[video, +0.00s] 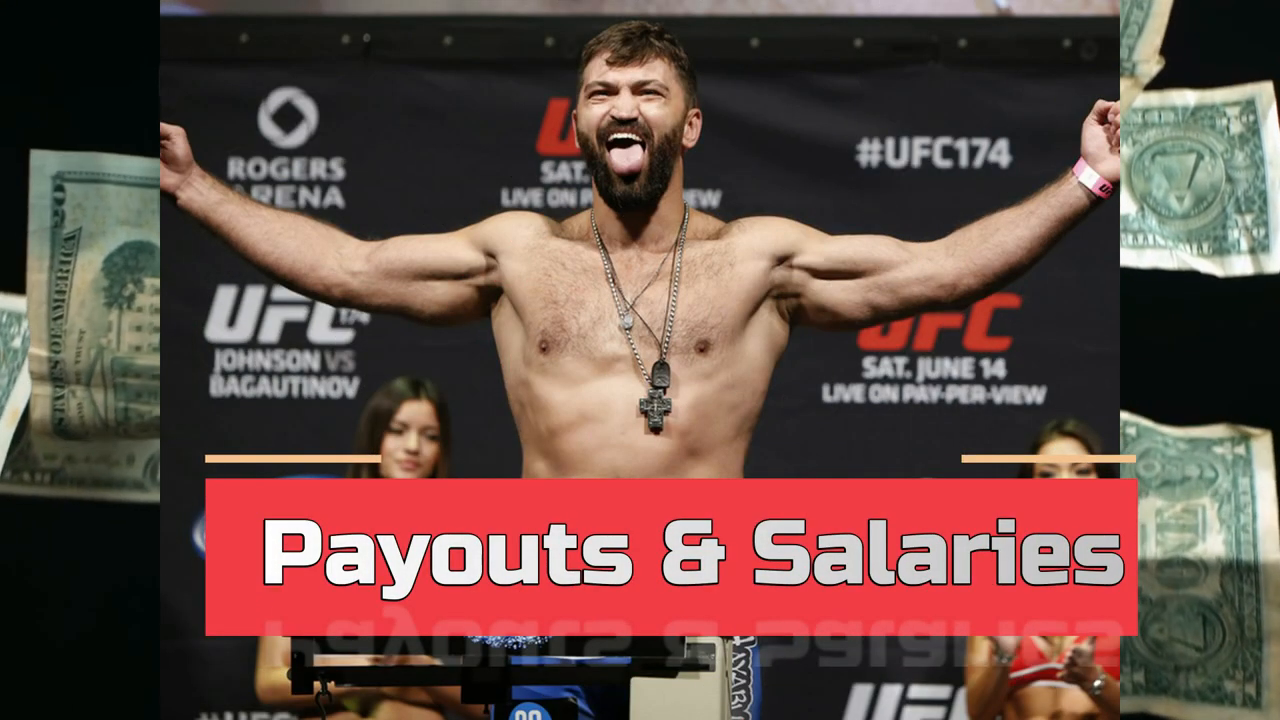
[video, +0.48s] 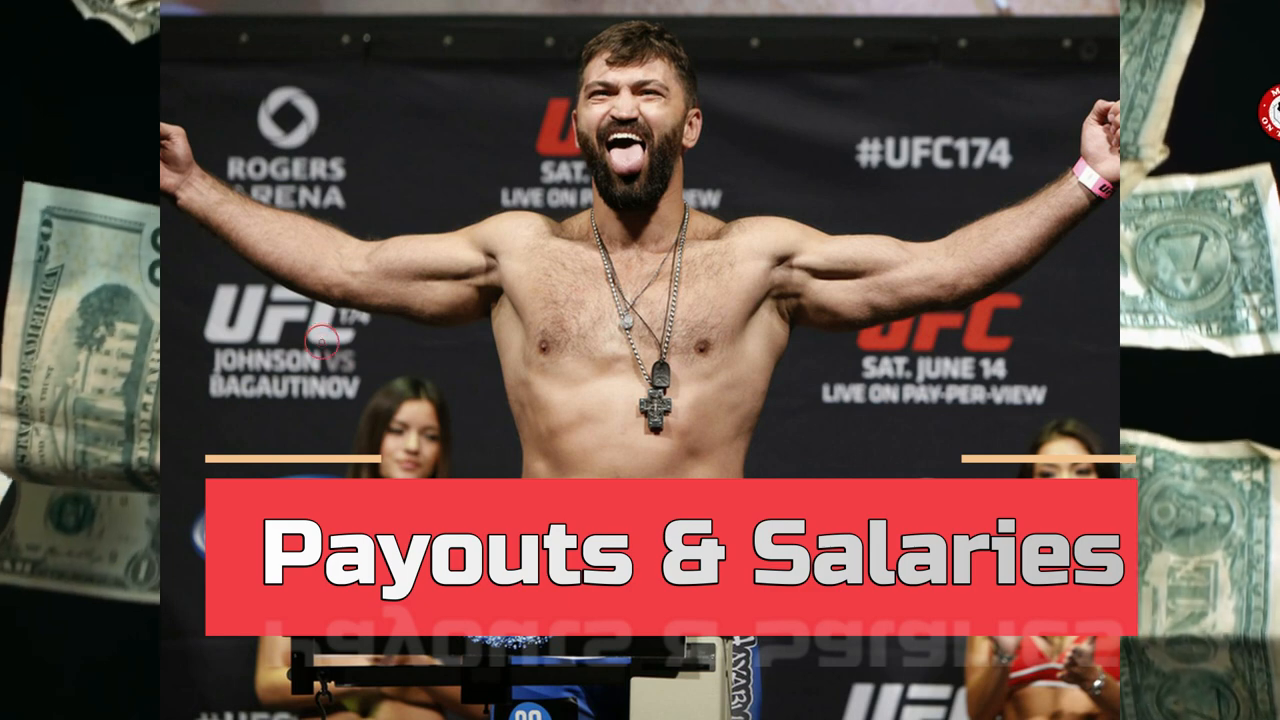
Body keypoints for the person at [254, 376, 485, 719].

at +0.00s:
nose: (412, 446)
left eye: (429, 435)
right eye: (398, 430)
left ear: (443, 449)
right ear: (374, 437)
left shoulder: (466, 526)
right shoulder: (317, 520)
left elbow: (484, 701)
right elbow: (269, 682)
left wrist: (430, 676)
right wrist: (350, 679)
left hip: (422, 707)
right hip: (337, 704)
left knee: (399, 710)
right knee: (342, 716)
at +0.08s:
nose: (412, 447)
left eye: (429, 435)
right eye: (398, 430)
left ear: (442, 449)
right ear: (374, 437)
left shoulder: (465, 526)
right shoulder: (316, 520)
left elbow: (484, 700)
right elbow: (269, 682)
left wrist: (431, 676)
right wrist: (350, 679)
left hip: (423, 707)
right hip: (337, 705)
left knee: (398, 710)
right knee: (342, 716)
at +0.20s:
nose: (412, 446)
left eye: (429, 435)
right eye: (398, 430)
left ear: (443, 449)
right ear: (374, 437)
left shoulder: (466, 526)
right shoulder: (317, 520)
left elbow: (484, 701)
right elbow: (269, 682)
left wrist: (430, 676)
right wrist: (350, 679)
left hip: (422, 707)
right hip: (337, 704)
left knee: (399, 710)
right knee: (342, 716)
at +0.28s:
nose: (412, 446)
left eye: (429, 435)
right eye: (398, 430)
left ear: (443, 449)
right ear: (374, 437)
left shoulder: (466, 526)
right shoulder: (317, 520)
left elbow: (484, 701)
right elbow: (269, 682)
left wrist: (430, 676)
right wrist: (350, 679)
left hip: (422, 707)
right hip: (337, 704)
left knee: (399, 710)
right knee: (342, 716)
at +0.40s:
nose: (412, 446)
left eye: (429, 435)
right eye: (398, 430)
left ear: (442, 449)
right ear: (374, 437)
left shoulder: (465, 525)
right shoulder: (317, 519)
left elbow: (483, 701)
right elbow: (269, 683)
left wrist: (428, 674)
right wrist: (350, 679)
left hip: (423, 708)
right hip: (336, 705)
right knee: (342, 716)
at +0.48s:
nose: (412, 446)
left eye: (429, 435)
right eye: (398, 430)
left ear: (442, 449)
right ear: (374, 437)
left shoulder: (465, 526)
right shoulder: (317, 519)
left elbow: (483, 701)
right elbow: (269, 683)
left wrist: (428, 674)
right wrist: (350, 678)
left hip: (422, 708)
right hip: (336, 705)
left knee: (400, 711)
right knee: (343, 716)